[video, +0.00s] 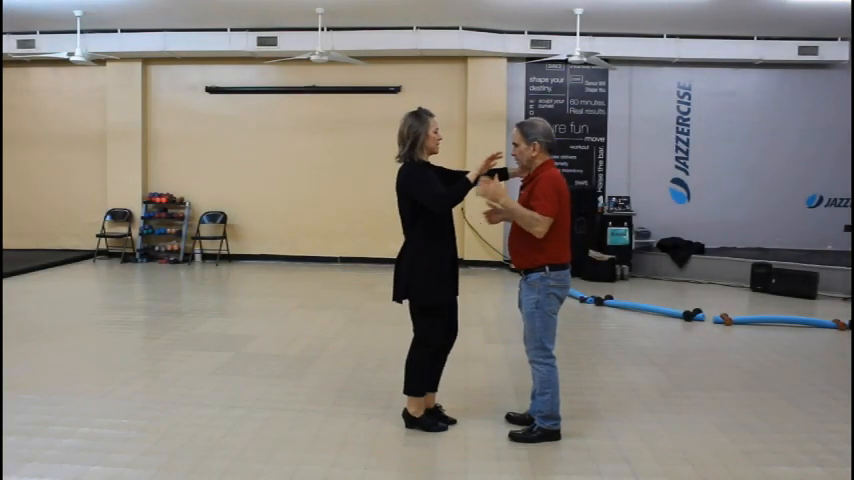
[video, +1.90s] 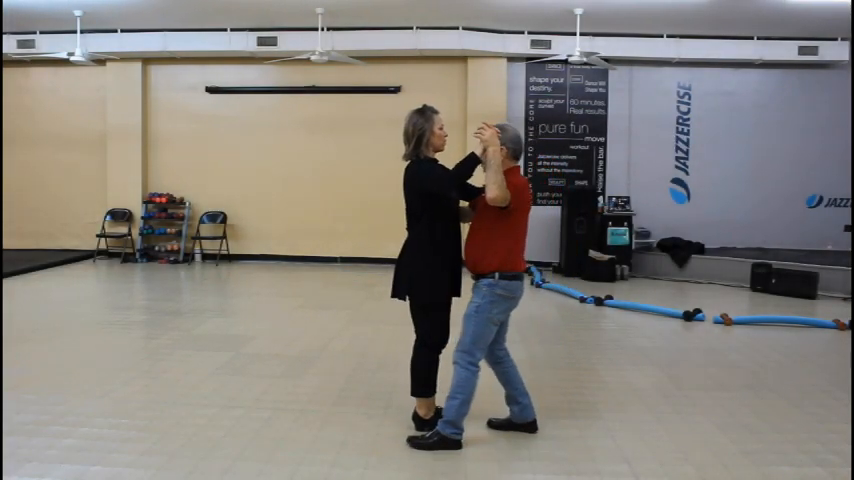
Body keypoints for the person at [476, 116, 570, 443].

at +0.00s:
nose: (513, 151)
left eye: (517, 145)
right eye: (513, 146)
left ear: (535, 148)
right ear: (535, 148)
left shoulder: (548, 179)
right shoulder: (535, 177)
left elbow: (540, 226)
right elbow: (533, 217)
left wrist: (505, 202)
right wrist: (506, 214)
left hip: (546, 277)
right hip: (535, 276)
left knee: (541, 353)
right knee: (537, 351)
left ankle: (548, 424)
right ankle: (538, 412)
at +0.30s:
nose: (513, 153)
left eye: (517, 146)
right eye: (513, 147)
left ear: (536, 148)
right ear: (536, 148)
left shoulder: (552, 179)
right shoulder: (534, 179)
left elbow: (529, 218)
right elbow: (510, 212)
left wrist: (500, 181)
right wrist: (464, 207)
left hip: (549, 279)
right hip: (535, 277)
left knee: (541, 353)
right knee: (531, 349)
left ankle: (548, 424)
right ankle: (537, 412)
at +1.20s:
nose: (492, 151)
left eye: (497, 145)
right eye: (491, 145)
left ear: (516, 148)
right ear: (512, 148)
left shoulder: (533, 178)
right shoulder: (501, 183)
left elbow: (509, 197)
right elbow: (466, 209)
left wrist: (499, 156)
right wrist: (433, 199)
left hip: (523, 276)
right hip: (507, 276)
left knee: (496, 347)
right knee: (514, 347)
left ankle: (518, 418)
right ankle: (525, 416)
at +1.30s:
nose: (491, 152)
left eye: (495, 146)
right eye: (489, 146)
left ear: (513, 148)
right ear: (509, 149)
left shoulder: (530, 179)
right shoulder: (499, 184)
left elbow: (506, 198)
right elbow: (463, 208)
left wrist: (497, 156)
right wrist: (432, 195)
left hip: (518, 277)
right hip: (504, 276)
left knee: (489, 349)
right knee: (512, 348)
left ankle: (489, 426)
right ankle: (525, 417)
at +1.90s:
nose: (481, 150)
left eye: (487, 145)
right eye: (483, 145)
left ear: (503, 151)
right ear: (503, 152)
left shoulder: (517, 181)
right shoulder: (496, 183)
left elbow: (496, 198)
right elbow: (466, 213)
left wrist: (491, 156)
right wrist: (432, 208)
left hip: (498, 282)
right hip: (496, 280)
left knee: (466, 356)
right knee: (495, 351)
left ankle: (449, 430)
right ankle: (523, 416)